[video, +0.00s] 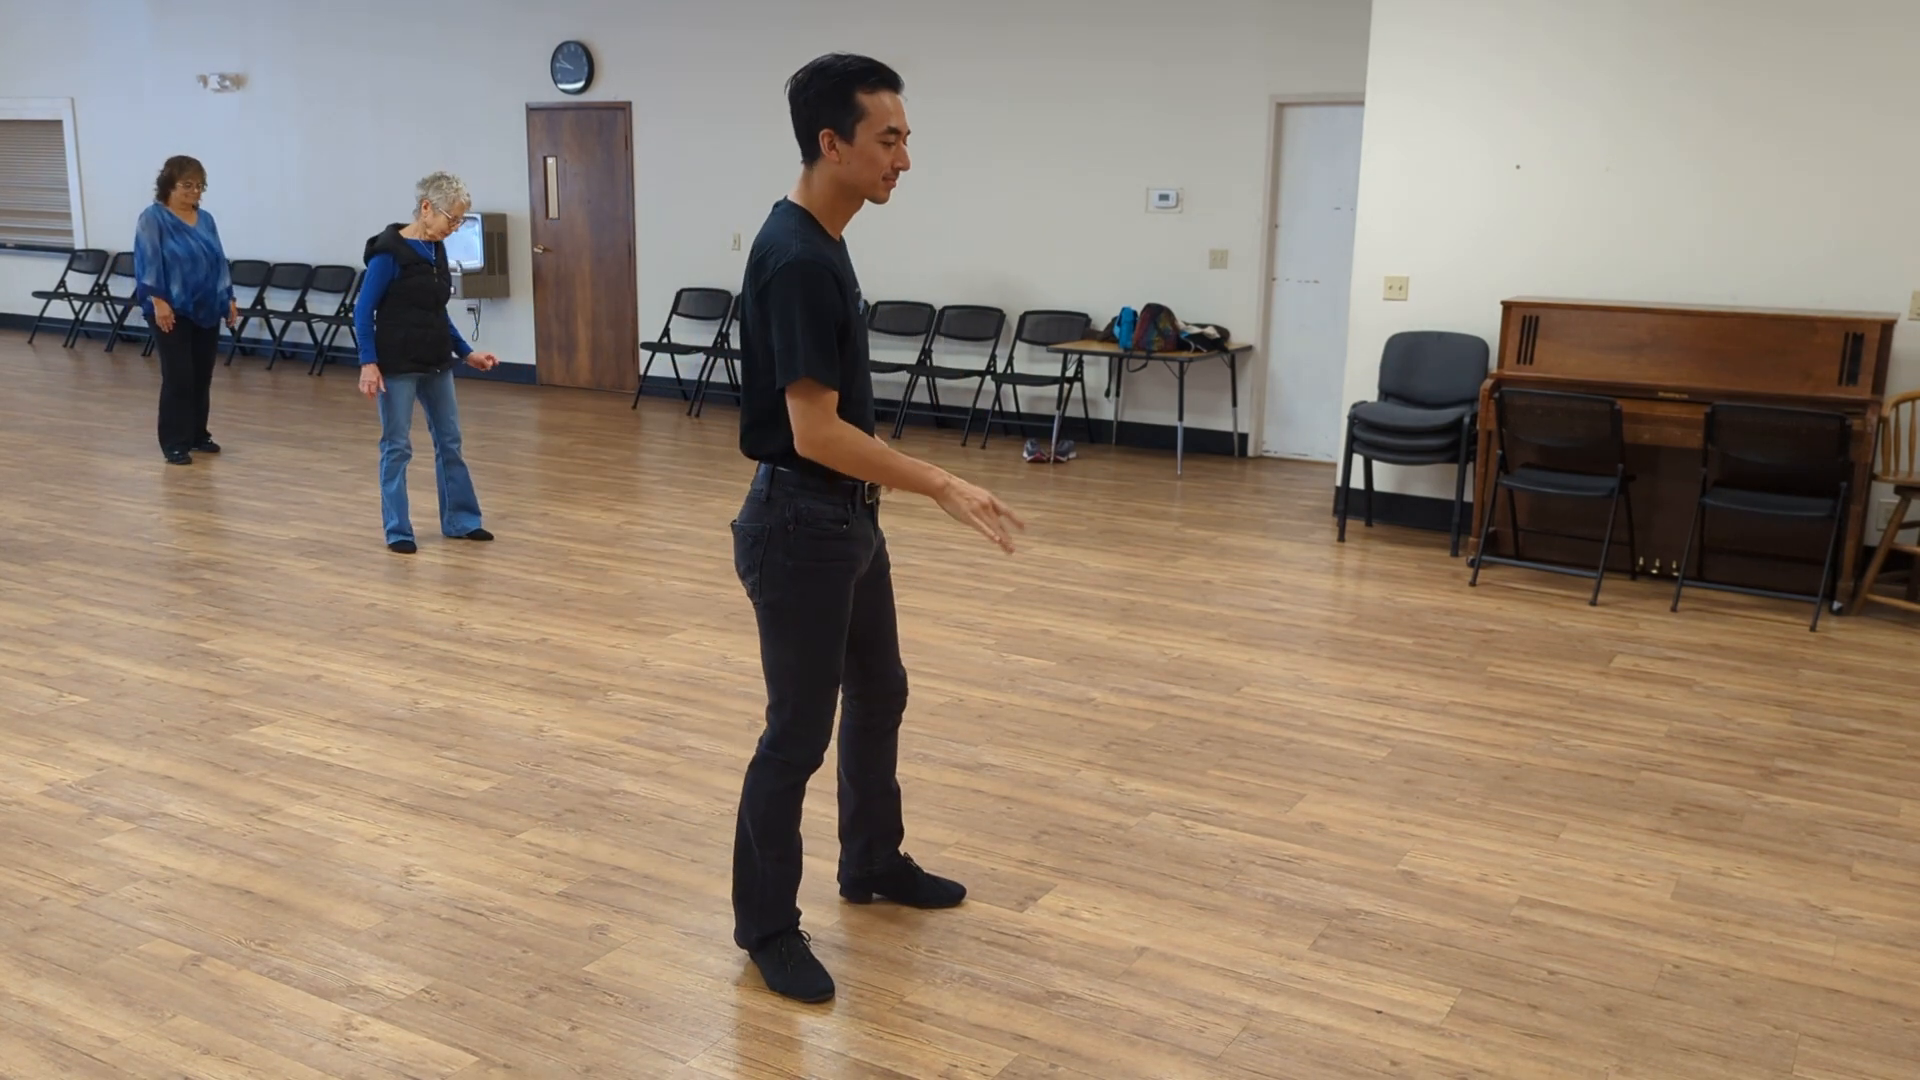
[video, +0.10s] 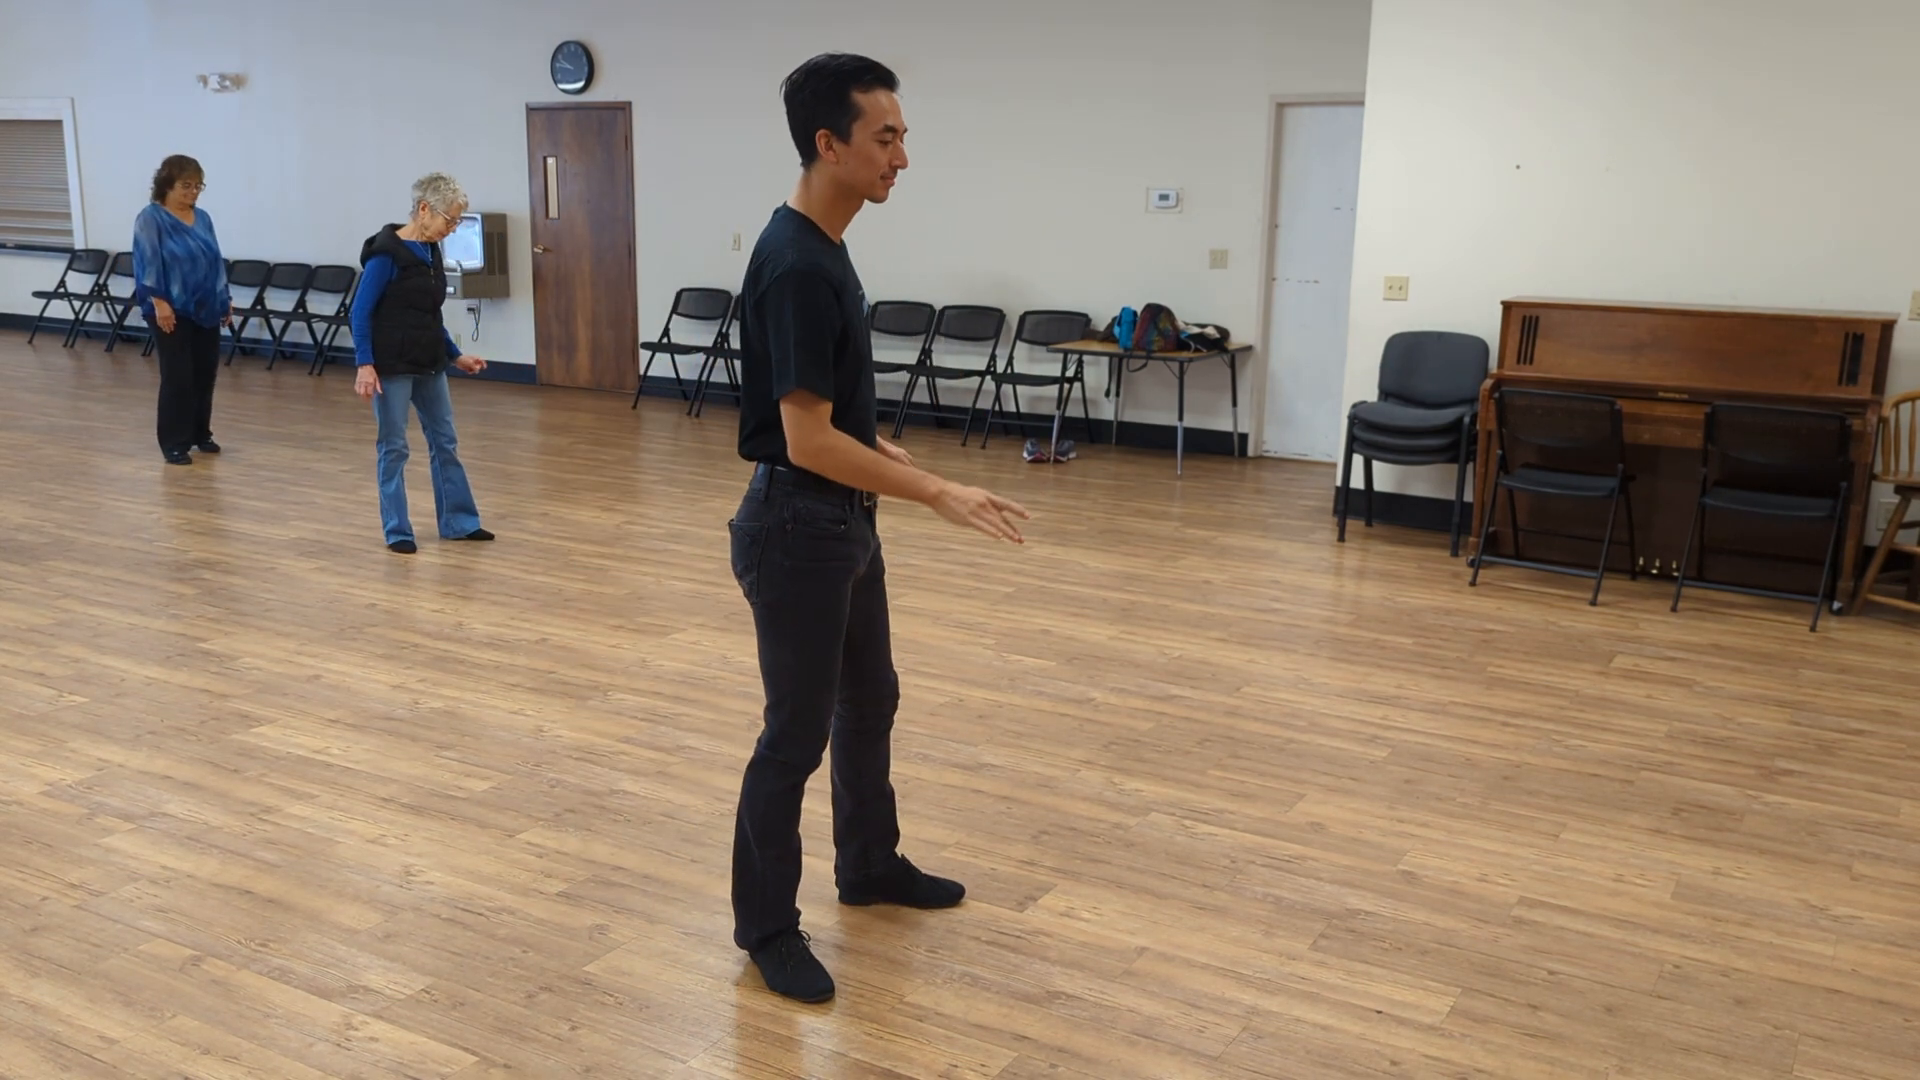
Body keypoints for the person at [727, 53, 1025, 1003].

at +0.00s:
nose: (903, 155)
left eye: (904, 137)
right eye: (888, 137)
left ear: (839, 146)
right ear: (828, 142)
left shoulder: (818, 243)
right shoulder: (797, 258)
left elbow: (817, 410)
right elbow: (812, 427)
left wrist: (865, 485)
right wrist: (944, 484)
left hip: (846, 517)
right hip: (798, 525)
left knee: (877, 695)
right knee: (795, 733)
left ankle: (871, 863)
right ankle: (767, 926)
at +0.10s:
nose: (902, 154)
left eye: (901, 135)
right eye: (886, 137)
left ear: (844, 146)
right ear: (826, 143)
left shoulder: (823, 250)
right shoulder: (794, 264)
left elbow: (826, 414)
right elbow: (805, 438)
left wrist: (895, 466)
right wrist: (940, 491)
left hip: (843, 517)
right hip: (794, 527)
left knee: (866, 704)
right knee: (793, 733)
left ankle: (869, 866)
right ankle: (767, 929)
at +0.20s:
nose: (903, 153)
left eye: (902, 135)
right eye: (886, 135)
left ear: (841, 149)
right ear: (826, 145)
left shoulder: (829, 251)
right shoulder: (792, 266)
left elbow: (836, 404)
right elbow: (793, 441)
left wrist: (897, 459)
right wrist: (919, 507)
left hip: (846, 521)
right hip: (795, 531)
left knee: (869, 702)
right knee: (796, 734)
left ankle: (868, 865)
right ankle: (767, 927)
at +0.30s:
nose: (906, 152)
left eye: (904, 135)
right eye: (889, 136)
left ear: (849, 147)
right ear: (830, 145)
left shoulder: (836, 252)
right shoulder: (788, 267)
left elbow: (835, 398)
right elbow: (776, 438)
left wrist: (913, 448)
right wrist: (894, 520)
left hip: (848, 524)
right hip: (794, 532)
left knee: (873, 702)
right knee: (797, 736)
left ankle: (868, 864)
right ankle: (767, 929)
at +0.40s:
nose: (908, 151)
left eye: (906, 134)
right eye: (890, 134)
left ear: (860, 148)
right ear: (831, 145)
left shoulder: (852, 252)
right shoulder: (782, 264)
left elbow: (852, 387)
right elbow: (756, 433)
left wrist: (942, 441)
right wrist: (869, 521)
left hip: (852, 527)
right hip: (792, 534)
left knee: (878, 702)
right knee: (796, 735)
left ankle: (870, 865)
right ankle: (767, 929)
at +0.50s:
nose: (911, 145)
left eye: (909, 129)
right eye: (893, 130)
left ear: (868, 147)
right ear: (834, 142)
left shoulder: (865, 247)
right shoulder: (779, 259)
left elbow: (870, 377)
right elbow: (740, 422)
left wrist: (965, 426)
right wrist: (844, 517)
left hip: (867, 515)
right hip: (795, 524)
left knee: (883, 697)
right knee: (796, 730)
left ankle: (871, 861)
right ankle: (766, 926)